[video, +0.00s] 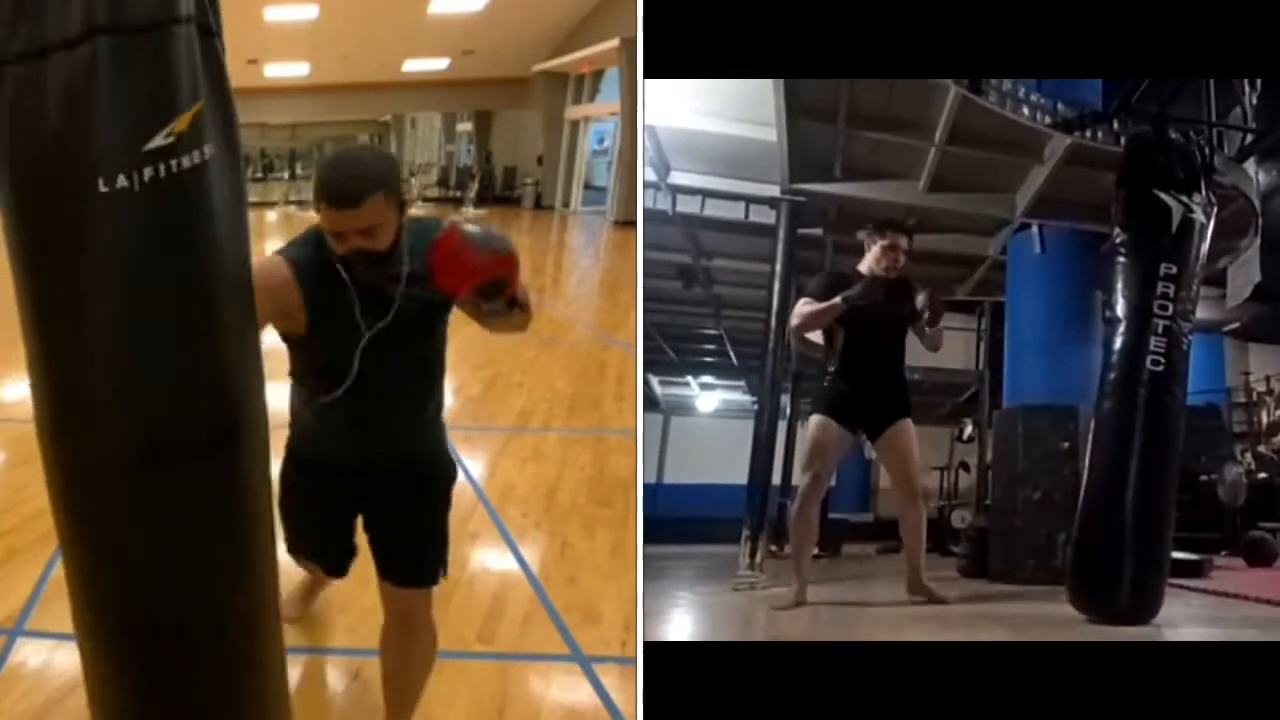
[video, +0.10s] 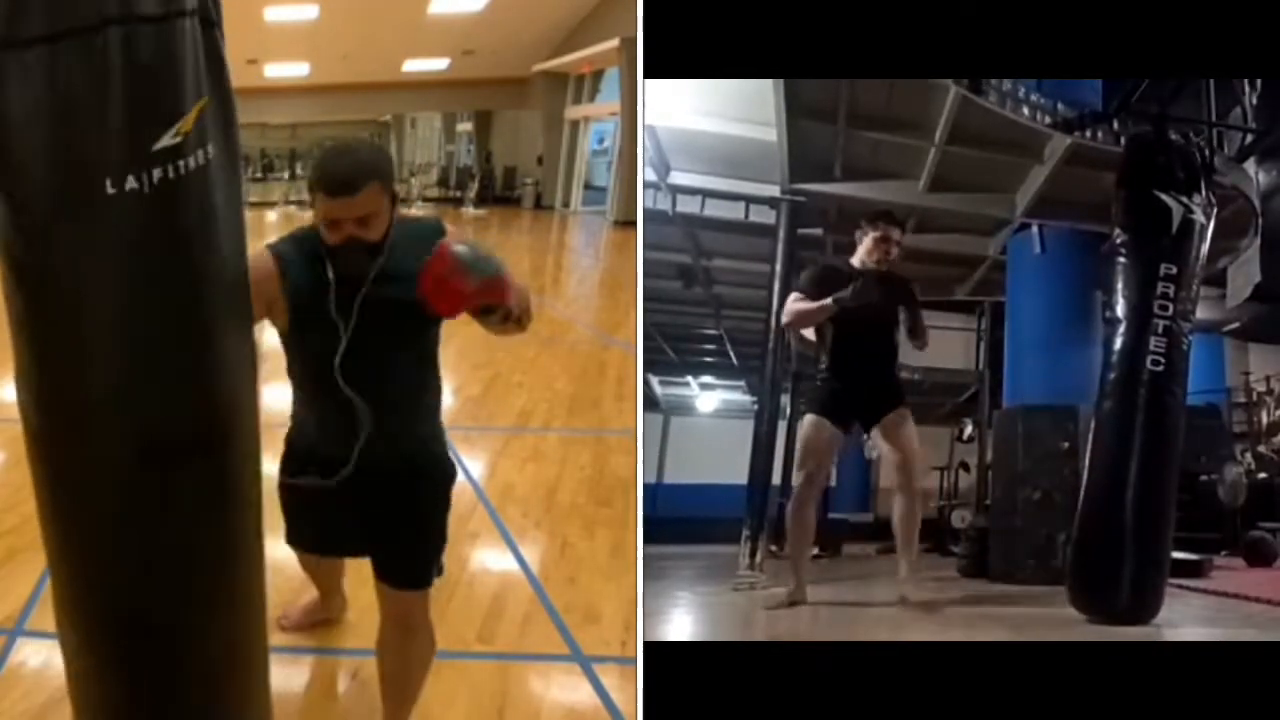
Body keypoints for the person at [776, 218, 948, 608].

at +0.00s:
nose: (895, 257)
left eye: (901, 253)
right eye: (888, 249)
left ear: (905, 259)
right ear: (868, 248)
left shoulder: (904, 293)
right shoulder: (837, 282)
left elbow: (933, 344)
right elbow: (799, 321)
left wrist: (933, 317)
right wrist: (846, 299)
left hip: (889, 401)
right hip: (841, 398)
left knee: (911, 490)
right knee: (810, 486)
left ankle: (917, 582)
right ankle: (799, 585)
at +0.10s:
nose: (888, 249)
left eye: (894, 245)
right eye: (882, 240)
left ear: (896, 251)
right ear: (861, 238)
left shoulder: (898, 286)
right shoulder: (828, 273)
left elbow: (919, 343)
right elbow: (790, 317)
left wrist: (912, 309)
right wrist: (839, 300)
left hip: (883, 389)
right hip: (835, 387)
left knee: (908, 469)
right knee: (808, 478)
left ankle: (906, 579)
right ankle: (798, 586)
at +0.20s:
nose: (886, 249)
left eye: (893, 244)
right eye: (880, 239)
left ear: (896, 251)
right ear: (859, 238)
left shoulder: (898, 286)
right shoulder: (826, 273)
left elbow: (916, 344)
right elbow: (789, 316)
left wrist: (911, 312)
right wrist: (836, 302)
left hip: (883, 390)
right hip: (835, 387)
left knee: (899, 481)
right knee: (806, 480)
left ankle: (906, 586)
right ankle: (797, 585)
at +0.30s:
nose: (880, 253)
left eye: (888, 248)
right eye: (872, 244)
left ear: (894, 256)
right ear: (853, 247)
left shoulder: (897, 294)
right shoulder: (821, 285)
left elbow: (917, 344)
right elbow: (780, 329)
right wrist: (816, 325)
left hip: (879, 396)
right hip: (833, 395)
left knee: (877, 472)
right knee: (791, 492)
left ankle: (891, 592)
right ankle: (796, 589)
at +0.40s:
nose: (869, 253)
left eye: (876, 248)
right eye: (863, 246)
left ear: (886, 256)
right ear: (846, 251)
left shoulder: (896, 295)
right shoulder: (817, 293)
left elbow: (932, 346)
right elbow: (777, 344)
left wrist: (945, 372)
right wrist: (792, 337)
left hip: (875, 404)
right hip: (827, 405)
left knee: (870, 480)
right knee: (787, 495)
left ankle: (888, 596)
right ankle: (795, 591)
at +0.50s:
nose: (834, 236)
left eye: (842, 228)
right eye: (830, 228)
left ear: (864, 229)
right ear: (828, 231)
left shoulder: (881, 269)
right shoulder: (850, 277)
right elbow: (860, 338)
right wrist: (819, 338)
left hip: (892, 380)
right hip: (859, 381)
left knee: (860, 469)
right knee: (822, 474)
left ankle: (899, 579)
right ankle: (806, 574)